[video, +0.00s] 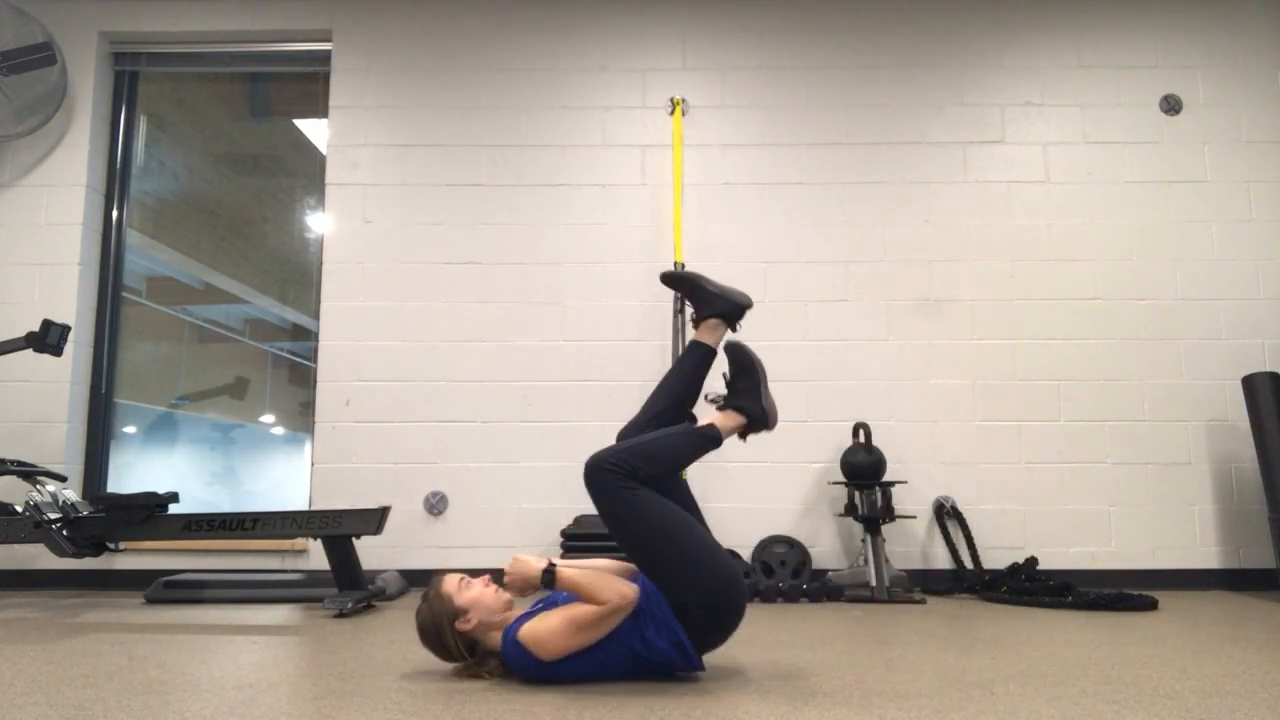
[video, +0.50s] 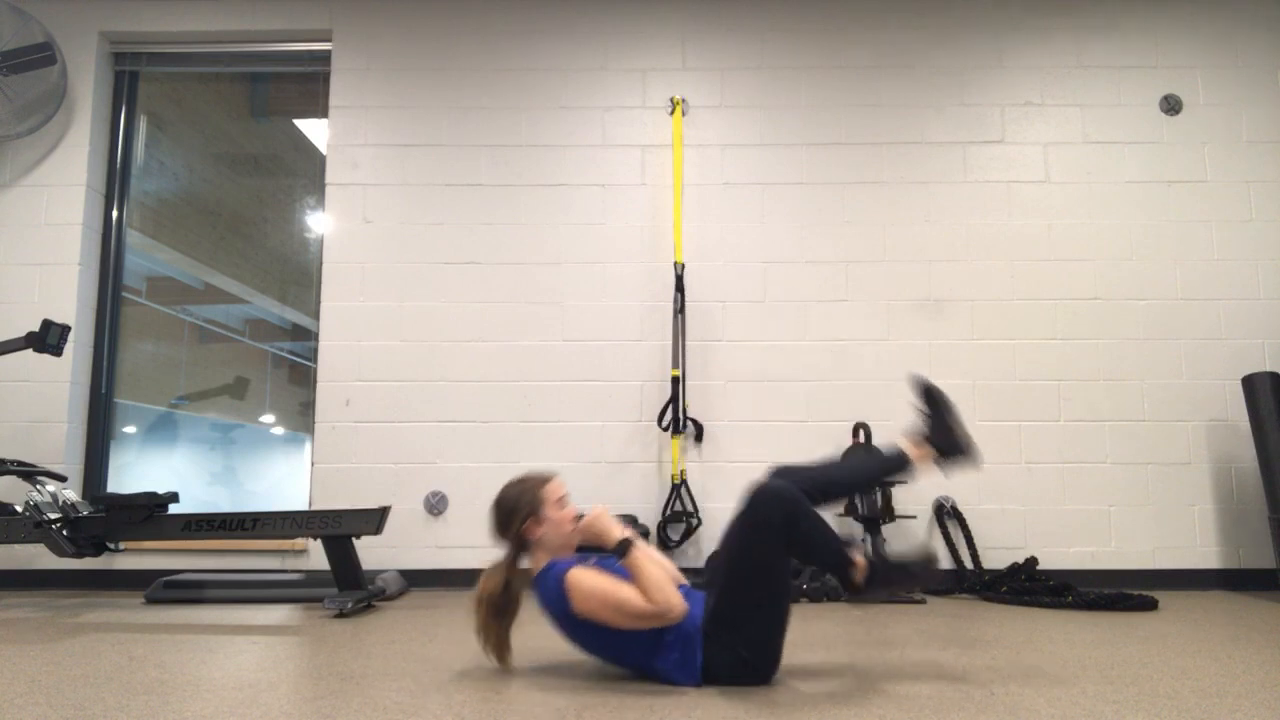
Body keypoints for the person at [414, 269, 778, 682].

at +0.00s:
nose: (481, 578)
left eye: (469, 577)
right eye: (467, 585)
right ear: (466, 625)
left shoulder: (532, 617)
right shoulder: (528, 641)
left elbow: (630, 569)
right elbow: (622, 598)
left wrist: (548, 570)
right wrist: (547, 571)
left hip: (689, 591)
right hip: (701, 609)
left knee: (629, 451)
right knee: (604, 471)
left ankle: (711, 325)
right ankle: (736, 416)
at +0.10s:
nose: (483, 580)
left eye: (471, 577)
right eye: (469, 585)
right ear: (466, 625)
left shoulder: (532, 616)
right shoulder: (527, 641)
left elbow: (632, 570)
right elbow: (622, 598)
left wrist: (546, 570)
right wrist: (545, 571)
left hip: (687, 591)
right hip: (701, 609)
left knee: (638, 450)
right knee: (611, 470)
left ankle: (721, 321)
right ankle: (742, 432)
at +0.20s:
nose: (492, 574)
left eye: (483, 570)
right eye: (478, 578)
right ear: (471, 616)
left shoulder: (536, 612)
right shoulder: (527, 639)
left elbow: (640, 574)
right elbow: (626, 602)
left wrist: (553, 570)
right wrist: (551, 572)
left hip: (695, 598)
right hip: (705, 618)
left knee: (667, 450)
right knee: (632, 470)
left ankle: (750, 326)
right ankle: (763, 455)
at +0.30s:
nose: (511, 557)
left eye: (501, 552)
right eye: (496, 560)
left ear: (510, 570)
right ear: (483, 596)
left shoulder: (544, 604)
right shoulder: (536, 627)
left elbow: (654, 584)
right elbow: (634, 605)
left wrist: (568, 559)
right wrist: (567, 567)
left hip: (702, 615)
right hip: (708, 634)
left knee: (696, 465)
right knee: (668, 473)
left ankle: (799, 347)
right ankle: (795, 489)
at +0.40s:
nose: (542, 536)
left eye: (534, 529)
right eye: (527, 535)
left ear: (530, 550)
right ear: (505, 566)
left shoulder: (558, 585)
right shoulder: (552, 608)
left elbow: (659, 588)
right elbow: (652, 608)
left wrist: (596, 551)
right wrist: (590, 553)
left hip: (710, 623)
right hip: (719, 646)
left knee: (736, 473)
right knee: (720, 481)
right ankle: (830, 530)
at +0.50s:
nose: (573, 507)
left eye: (567, 500)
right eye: (560, 505)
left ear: (549, 524)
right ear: (534, 532)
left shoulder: (574, 559)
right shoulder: (567, 580)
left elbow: (667, 587)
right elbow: (668, 606)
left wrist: (622, 538)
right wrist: (618, 538)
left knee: (780, 486)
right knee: (771, 498)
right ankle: (853, 569)